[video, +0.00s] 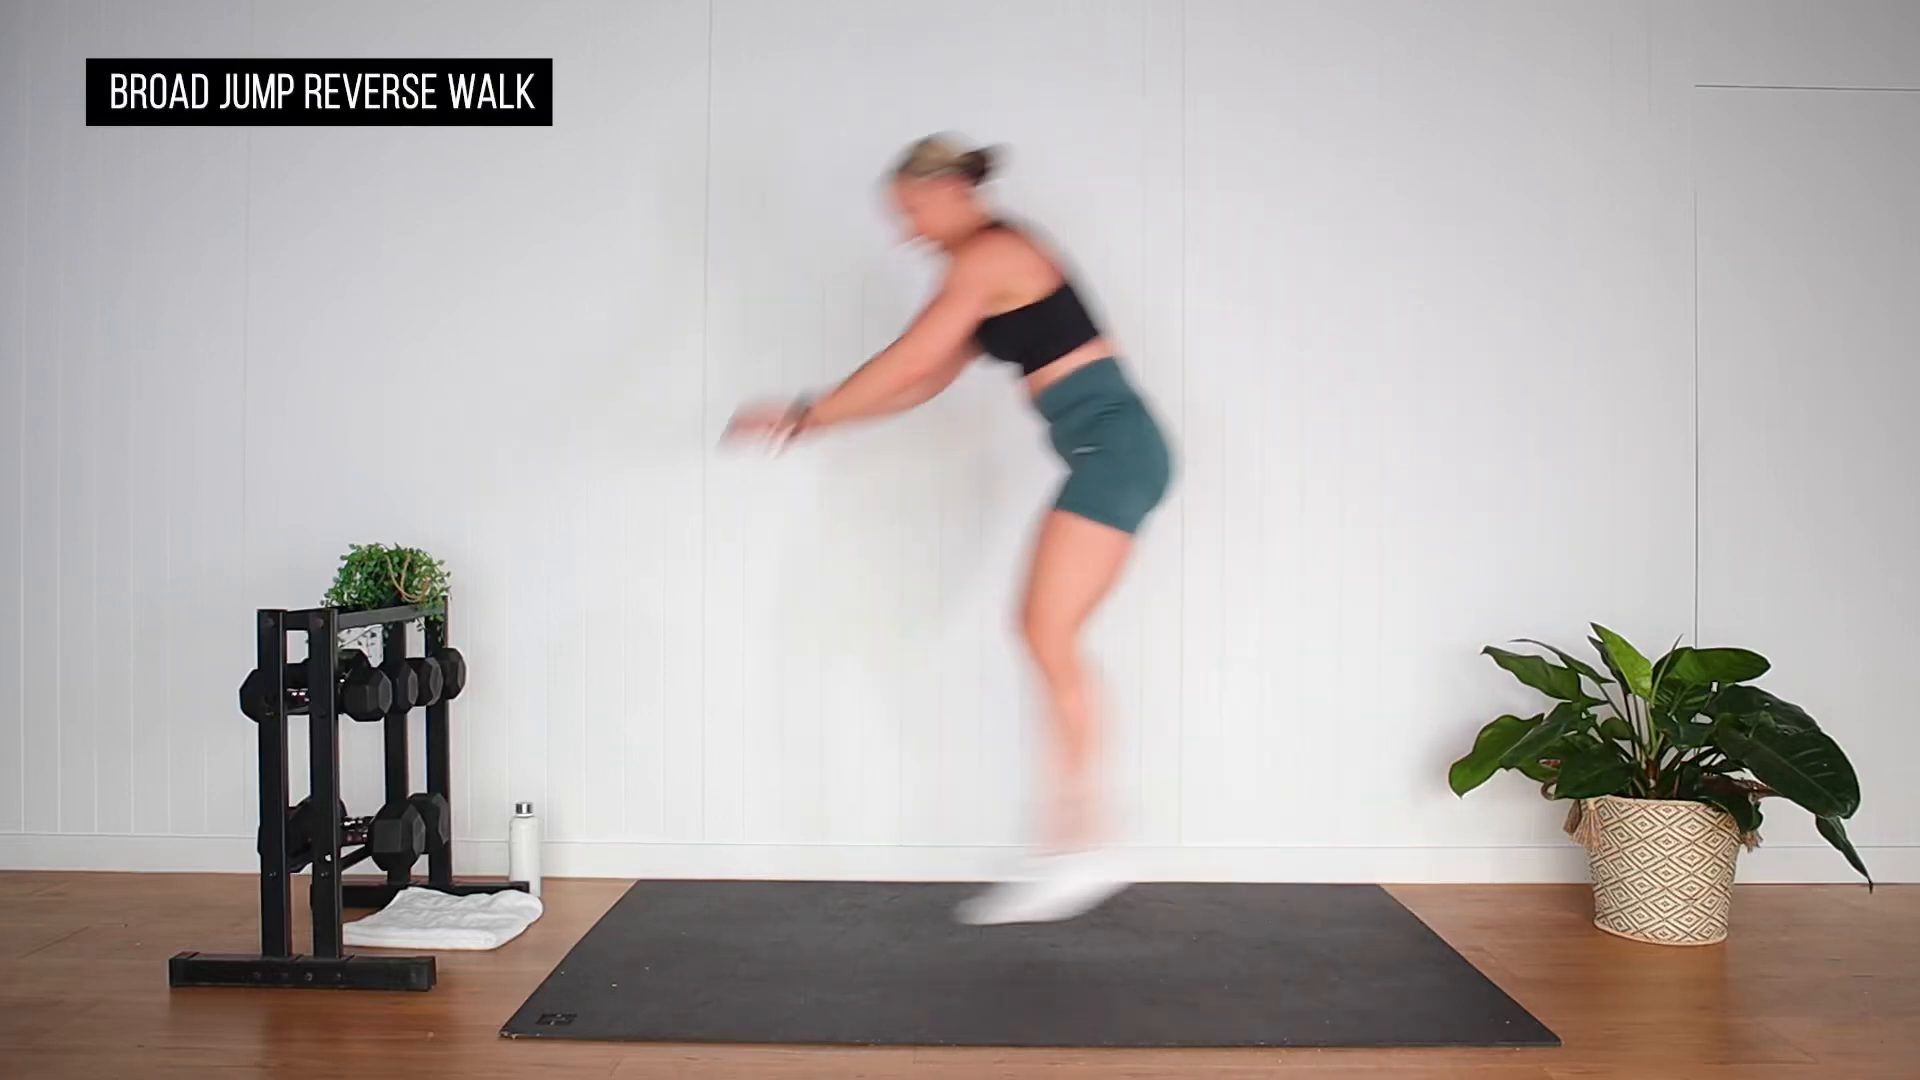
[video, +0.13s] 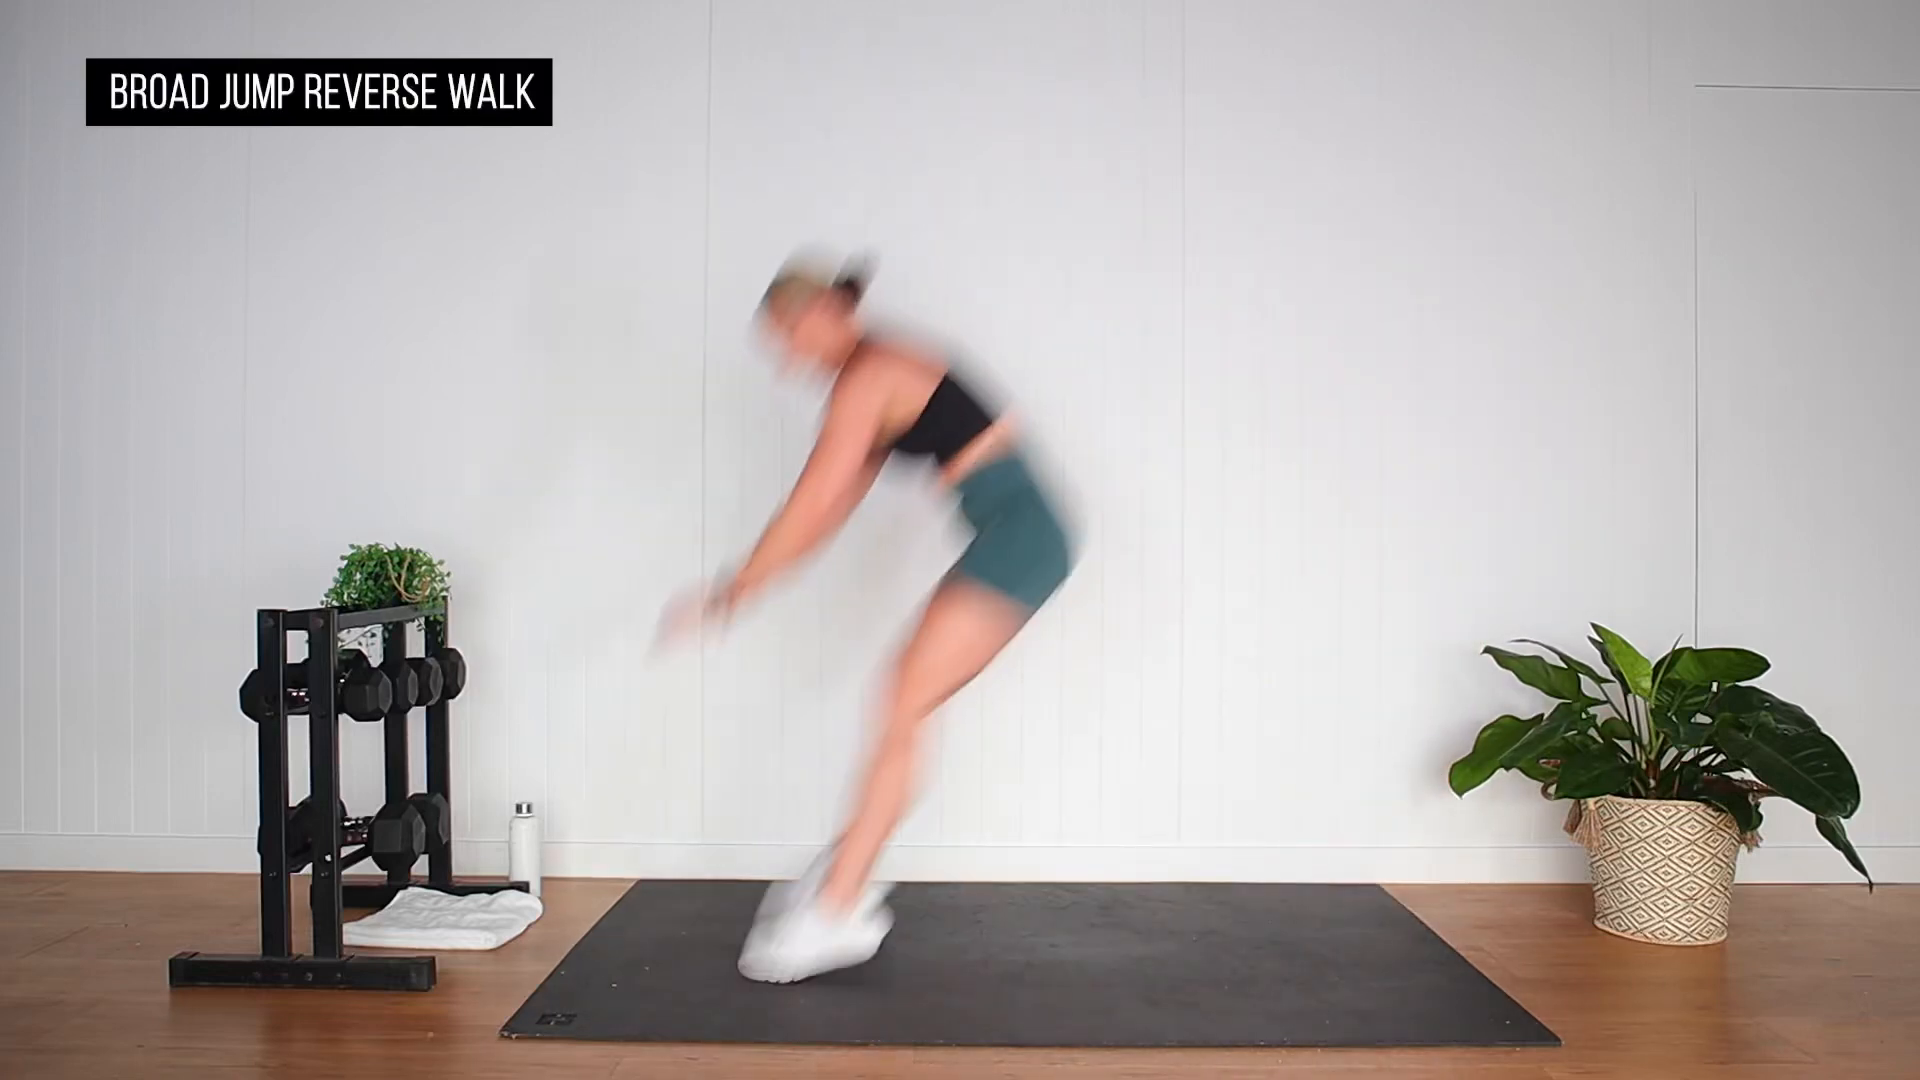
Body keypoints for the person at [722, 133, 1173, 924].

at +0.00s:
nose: (909, 227)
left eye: (914, 208)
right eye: (904, 211)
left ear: (952, 193)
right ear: (953, 198)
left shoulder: (990, 255)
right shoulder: (999, 255)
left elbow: (913, 361)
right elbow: (923, 383)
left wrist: (808, 415)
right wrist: (813, 417)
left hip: (1115, 448)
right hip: (1110, 447)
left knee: (1050, 628)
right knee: (1048, 627)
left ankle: (1085, 840)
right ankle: (1070, 840)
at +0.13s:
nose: (789, 354)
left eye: (791, 333)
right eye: (783, 338)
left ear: (826, 314)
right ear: (833, 316)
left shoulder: (869, 377)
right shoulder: (886, 366)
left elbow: (814, 501)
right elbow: (831, 505)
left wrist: (738, 586)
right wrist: (750, 581)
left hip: (1017, 535)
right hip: (1016, 532)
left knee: (908, 697)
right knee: (906, 692)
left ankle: (841, 905)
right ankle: (843, 880)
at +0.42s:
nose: (647, 653)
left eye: (638, 635)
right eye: (635, 641)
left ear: (663, 603)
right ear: (670, 595)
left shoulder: (724, 643)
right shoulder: (739, 628)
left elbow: (703, 788)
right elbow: (720, 780)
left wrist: (667, 913)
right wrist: (685, 883)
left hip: (943, 659)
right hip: (948, 650)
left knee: (776, 742)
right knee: (789, 736)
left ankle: (836, 936)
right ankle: (842, 900)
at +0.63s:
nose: (627, 737)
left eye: (614, 725)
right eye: (613, 730)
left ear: (623, 687)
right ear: (625, 681)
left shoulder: (686, 688)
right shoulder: (694, 668)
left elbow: (704, 838)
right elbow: (729, 811)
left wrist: (678, 960)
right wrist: (712, 903)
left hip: (896, 646)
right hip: (899, 638)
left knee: (746, 754)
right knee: (761, 746)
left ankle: (835, 937)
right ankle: (839, 898)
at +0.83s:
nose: (656, 765)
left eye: (643, 758)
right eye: (645, 762)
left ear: (638, 716)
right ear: (640, 712)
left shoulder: (687, 685)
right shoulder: (711, 691)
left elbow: (695, 833)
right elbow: (725, 811)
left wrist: (678, 957)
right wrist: (715, 908)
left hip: (850, 518)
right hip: (849, 516)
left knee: (835, 709)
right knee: (843, 703)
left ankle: (941, 886)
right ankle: (926, 864)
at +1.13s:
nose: (589, 751)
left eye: (575, 742)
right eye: (577, 747)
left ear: (587, 702)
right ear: (595, 697)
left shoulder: (645, 682)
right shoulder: (677, 687)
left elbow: (674, 823)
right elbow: (714, 807)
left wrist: (676, 953)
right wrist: (716, 901)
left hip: (858, 634)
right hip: (859, 631)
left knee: (1029, 764)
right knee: (1031, 754)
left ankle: (1194, 876)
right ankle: (1184, 868)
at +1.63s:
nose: (760, 761)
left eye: (749, 749)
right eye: (749, 755)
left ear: (762, 712)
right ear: (763, 703)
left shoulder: (830, 694)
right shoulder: (822, 692)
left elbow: (874, 824)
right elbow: (781, 816)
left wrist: (863, 944)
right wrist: (725, 905)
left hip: (1023, 590)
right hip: (1018, 592)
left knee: (1128, 762)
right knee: (1129, 758)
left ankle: (1288, 901)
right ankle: (1269, 878)